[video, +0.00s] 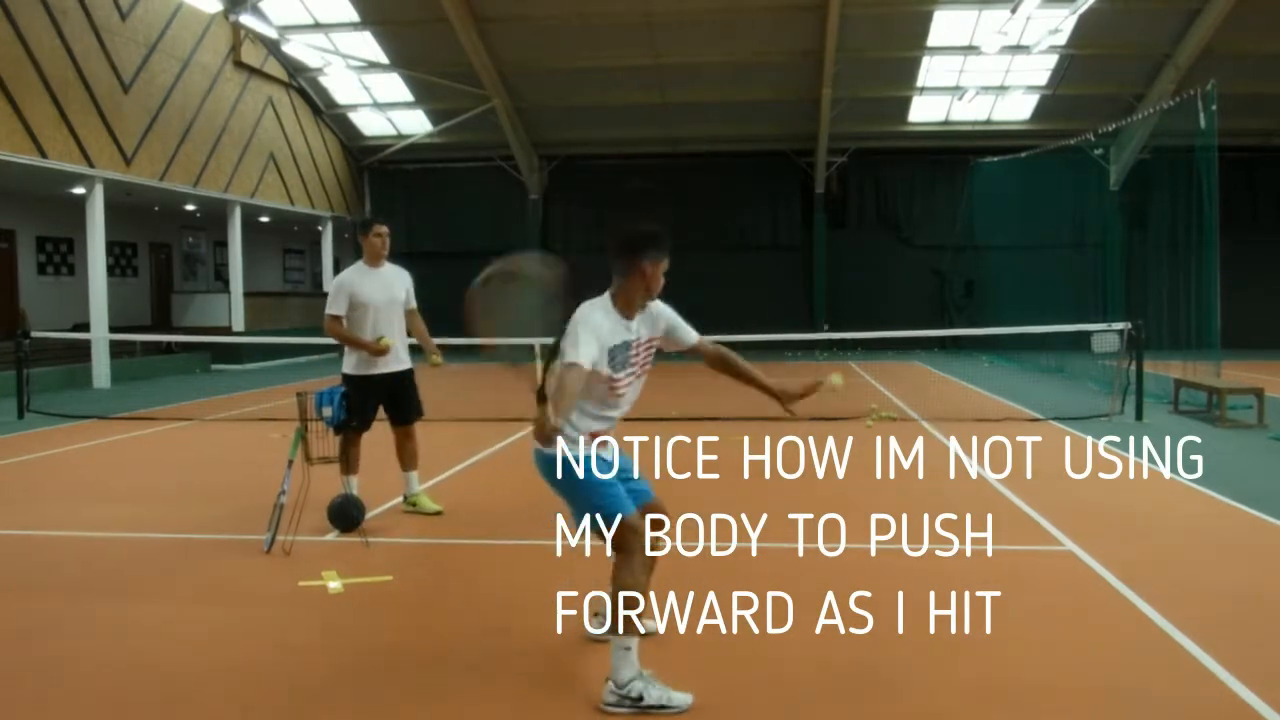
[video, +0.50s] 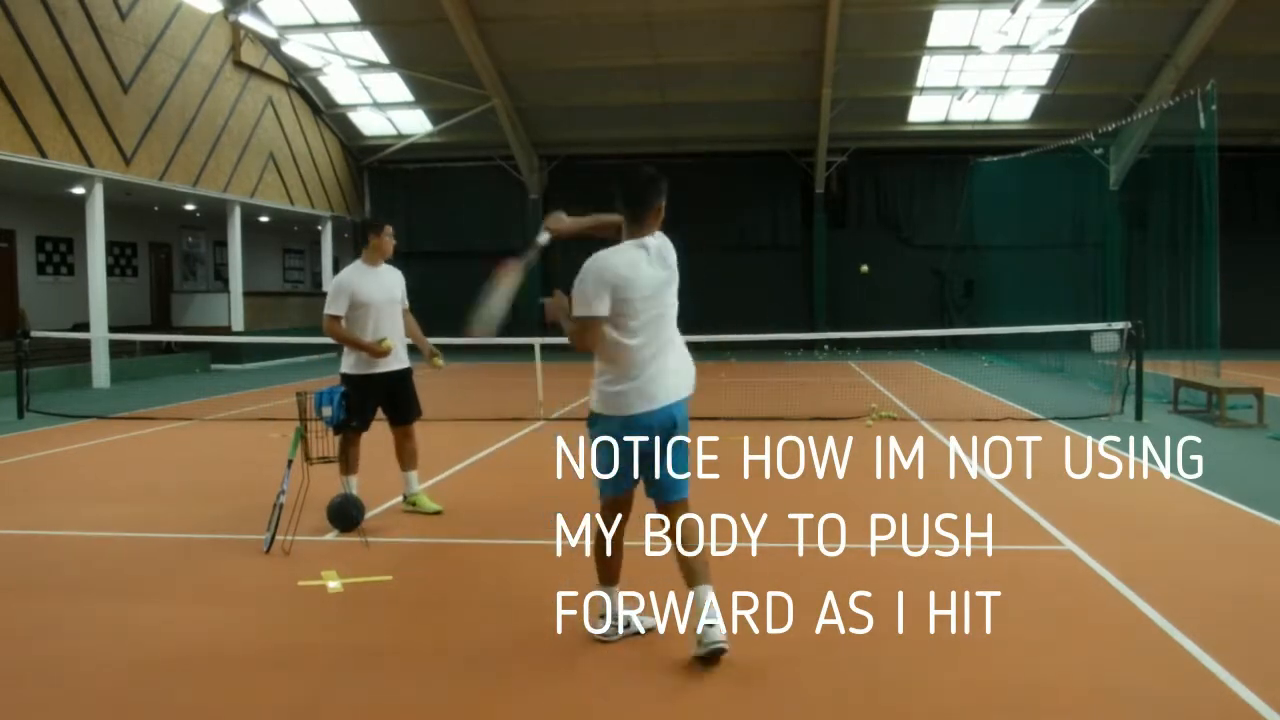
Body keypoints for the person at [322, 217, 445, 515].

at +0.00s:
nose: (384, 241)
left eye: (387, 236)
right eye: (377, 236)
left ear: (390, 241)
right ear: (362, 240)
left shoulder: (401, 276)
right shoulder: (346, 280)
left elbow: (412, 315)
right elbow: (332, 326)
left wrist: (429, 346)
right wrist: (366, 345)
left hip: (398, 370)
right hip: (360, 373)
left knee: (406, 428)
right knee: (352, 434)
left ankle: (413, 493)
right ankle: (350, 498)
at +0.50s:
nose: (394, 243)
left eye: (393, 237)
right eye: (389, 237)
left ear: (382, 241)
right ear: (372, 239)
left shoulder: (395, 276)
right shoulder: (346, 279)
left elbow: (404, 315)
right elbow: (331, 326)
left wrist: (425, 347)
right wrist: (367, 347)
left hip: (397, 370)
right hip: (360, 373)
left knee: (405, 429)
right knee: (351, 434)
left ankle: (413, 492)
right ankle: (350, 498)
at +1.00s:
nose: (395, 247)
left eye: (394, 241)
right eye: (393, 241)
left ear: (379, 242)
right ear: (381, 242)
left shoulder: (391, 277)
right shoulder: (347, 278)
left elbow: (401, 318)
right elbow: (329, 325)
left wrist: (437, 334)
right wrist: (366, 348)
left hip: (397, 371)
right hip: (360, 375)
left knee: (412, 429)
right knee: (353, 437)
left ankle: (413, 492)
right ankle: (351, 502)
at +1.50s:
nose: (439, 264)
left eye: (442, 258)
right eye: (432, 258)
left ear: (446, 262)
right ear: (418, 260)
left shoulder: (448, 294)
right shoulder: (390, 292)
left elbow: (451, 342)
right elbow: (365, 329)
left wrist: (469, 379)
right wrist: (385, 362)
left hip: (429, 379)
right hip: (386, 381)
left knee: (450, 436)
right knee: (372, 441)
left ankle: (456, 499)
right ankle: (352, 497)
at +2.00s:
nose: (448, 262)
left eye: (453, 257)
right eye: (443, 255)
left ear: (460, 261)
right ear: (432, 258)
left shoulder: (462, 293)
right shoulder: (411, 288)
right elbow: (387, 325)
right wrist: (394, 359)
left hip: (444, 378)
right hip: (406, 376)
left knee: (445, 442)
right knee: (379, 436)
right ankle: (359, 491)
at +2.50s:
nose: (386, 250)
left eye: (389, 244)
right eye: (379, 245)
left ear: (393, 249)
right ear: (366, 250)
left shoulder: (405, 286)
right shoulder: (345, 288)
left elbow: (409, 322)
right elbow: (323, 331)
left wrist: (414, 344)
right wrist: (353, 360)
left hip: (398, 379)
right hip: (358, 382)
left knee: (424, 433)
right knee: (347, 442)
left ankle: (445, 497)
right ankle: (338, 498)